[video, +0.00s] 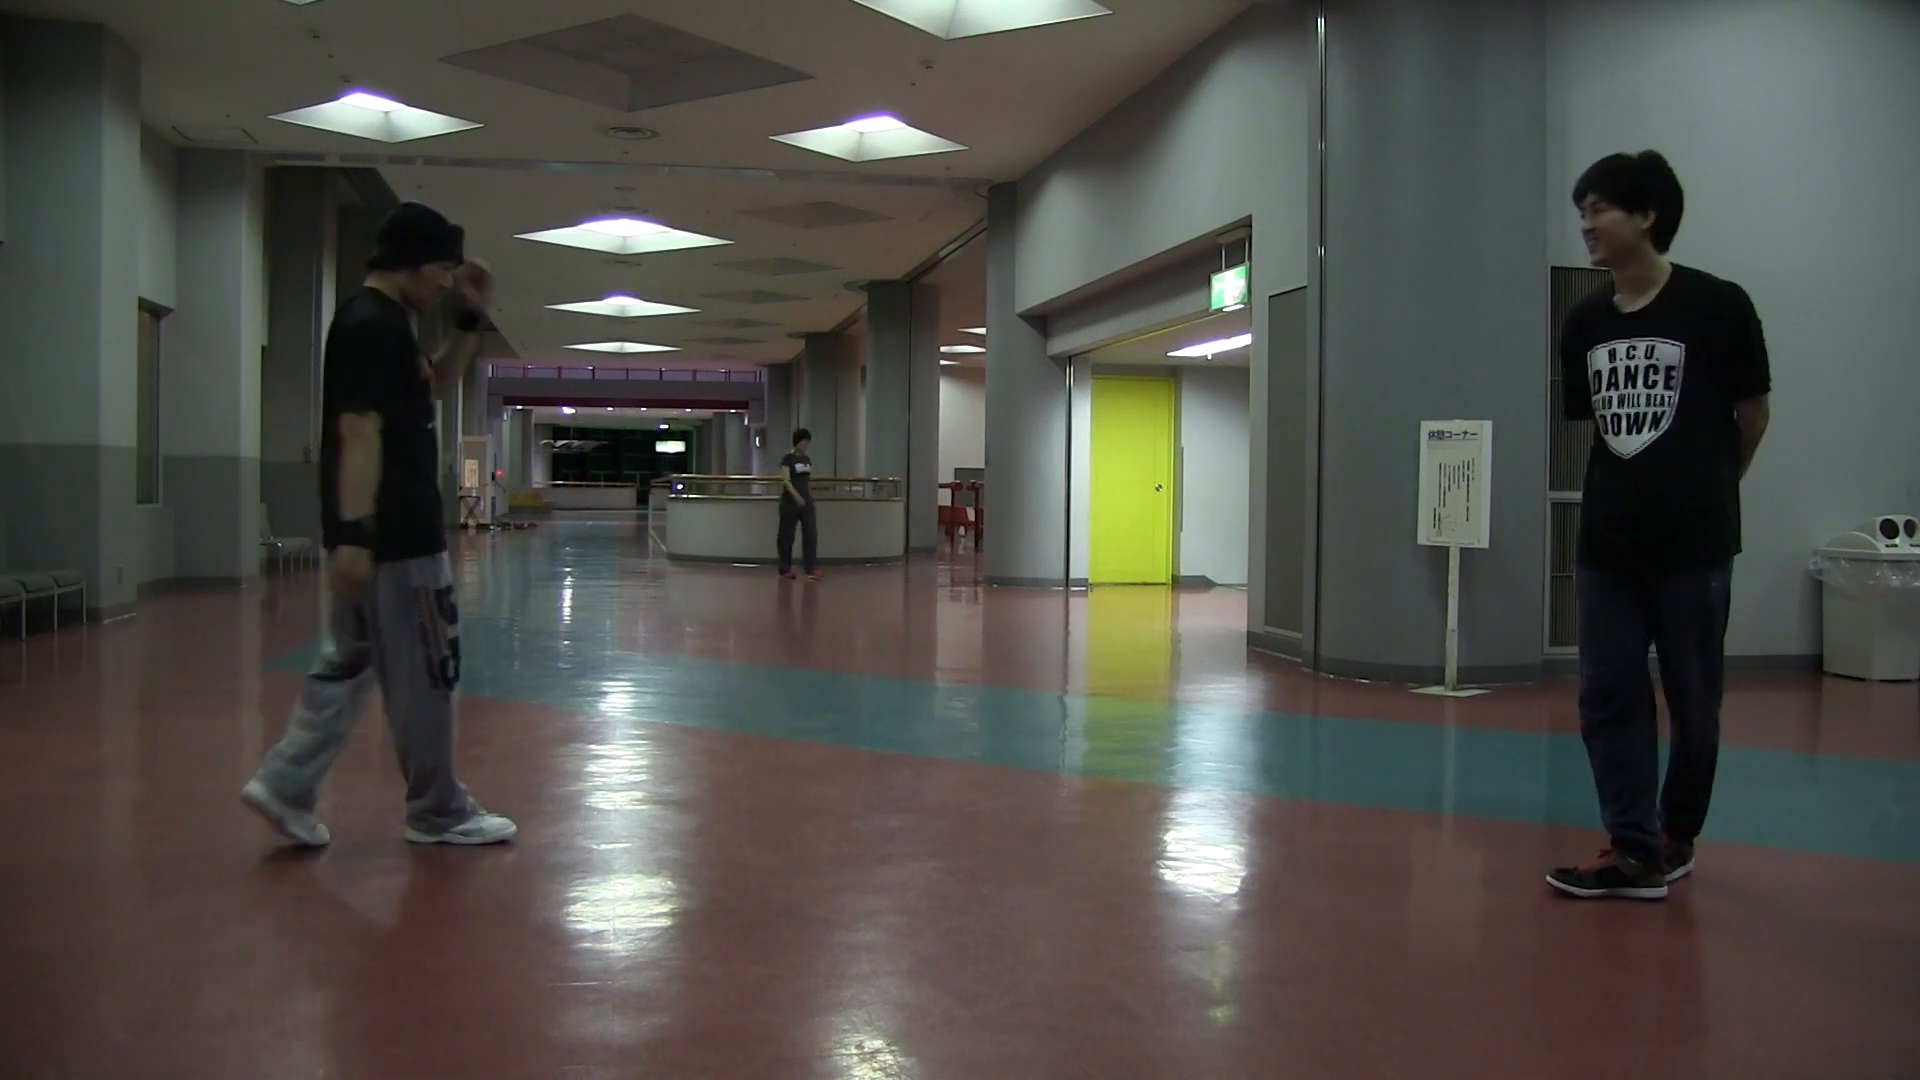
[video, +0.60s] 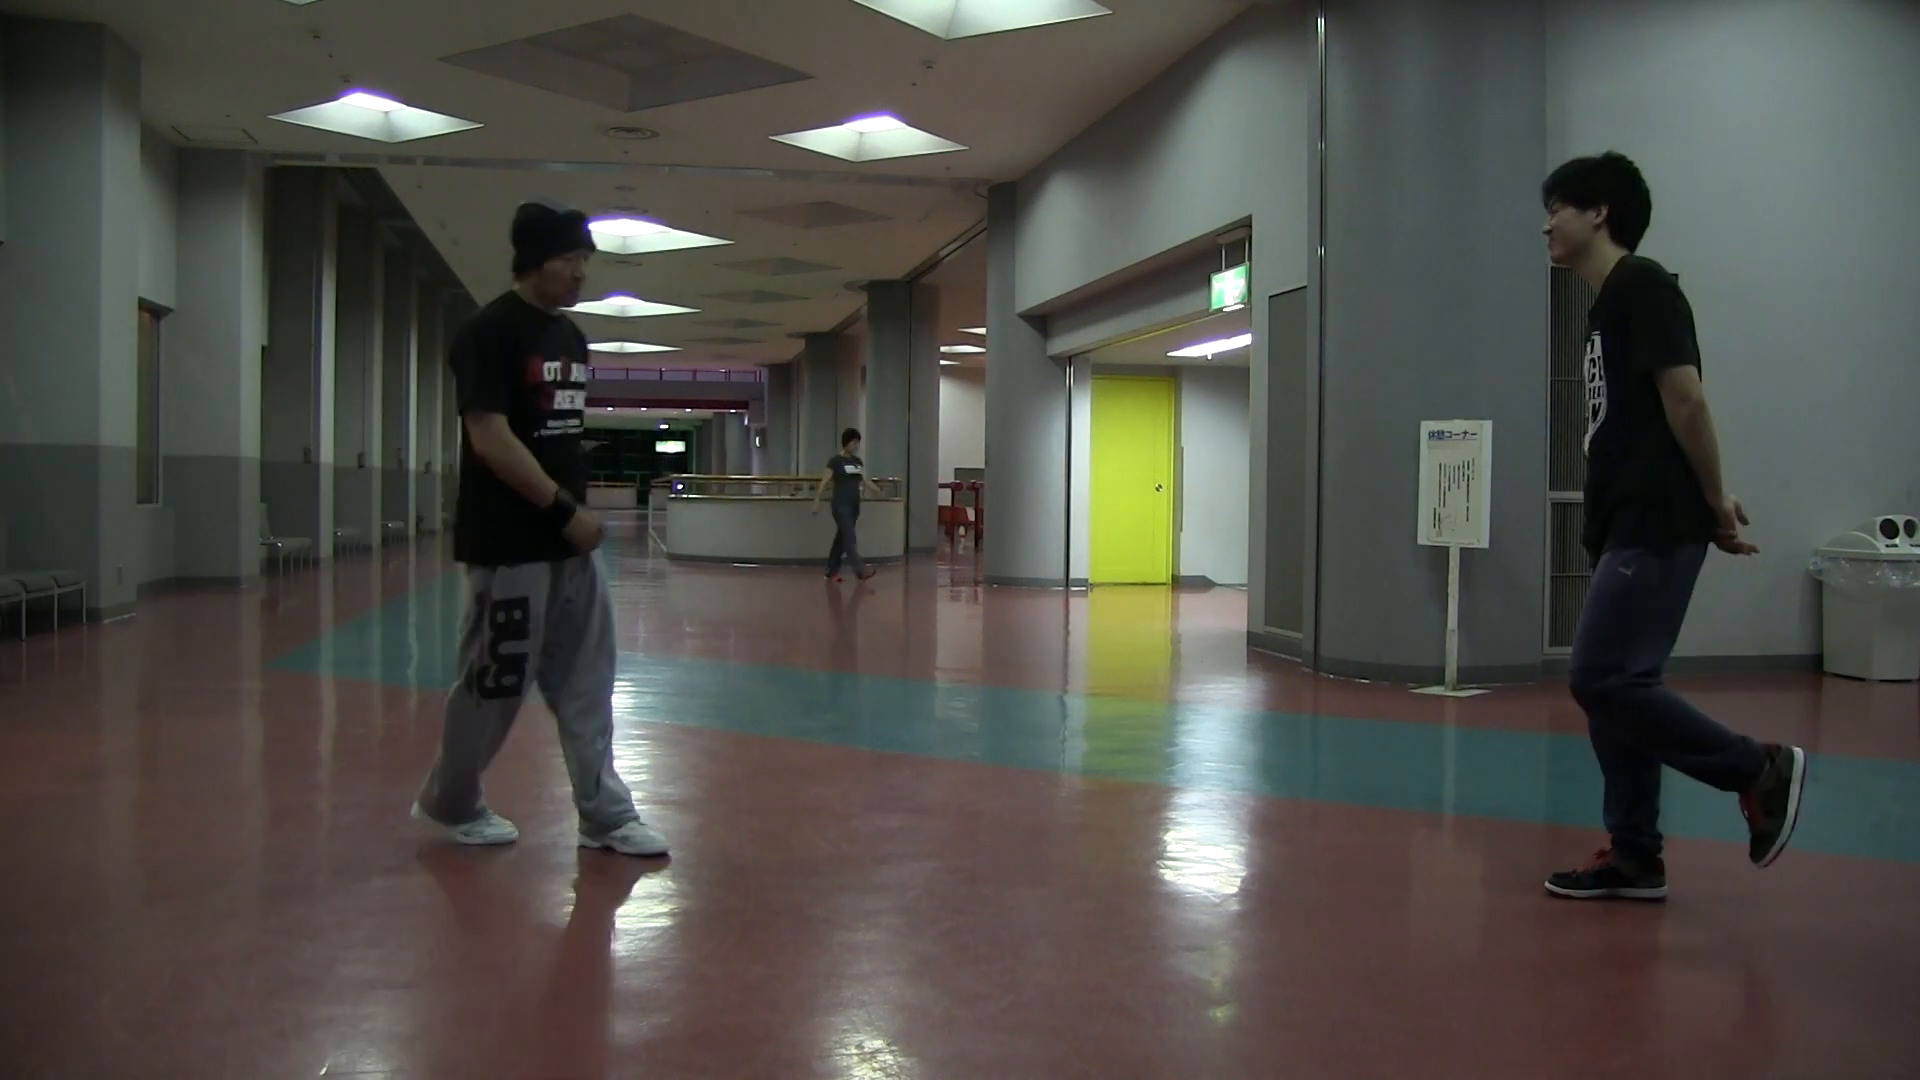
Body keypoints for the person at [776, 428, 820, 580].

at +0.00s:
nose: (806, 446)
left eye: (807, 442)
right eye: (805, 442)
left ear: (807, 443)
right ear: (798, 442)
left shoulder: (806, 460)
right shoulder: (787, 459)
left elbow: (805, 481)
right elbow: (786, 481)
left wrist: (808, 496)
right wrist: (797, 497)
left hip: (805, 499)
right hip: (790, 500)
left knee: (810, 534)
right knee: (786, 535)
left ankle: (810, 567)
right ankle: (785, 568)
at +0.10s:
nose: (815, 447)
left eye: (816, 444)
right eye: (813, 443)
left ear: (814, 445)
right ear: (806, 444)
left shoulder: (813, 462)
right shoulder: (796, 462)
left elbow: (812, 482)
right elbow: (797, 481)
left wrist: (815, 497)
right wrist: (813, 493)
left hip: (812, 503)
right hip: (798, 504)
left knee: (818, 536)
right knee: (791, 537)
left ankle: (827, 568)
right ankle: (785, 568)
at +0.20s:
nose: (825, 448)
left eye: (825, 445)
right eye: (823, 444)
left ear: (823, 446)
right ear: (816, 444)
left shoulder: (823, 462)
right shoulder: (805, 461)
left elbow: (822, 481)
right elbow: (806, 481)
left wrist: (826, 495)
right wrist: (822, 493)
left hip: (823, 504)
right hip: (807, 505)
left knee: (827, 537)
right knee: (802, 536)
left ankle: (830, 570)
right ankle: (787, 567)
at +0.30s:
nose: (834, 446)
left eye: (835, 442)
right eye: (832, 442)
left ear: (834, 444)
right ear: (823, 443)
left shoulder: (832, 461)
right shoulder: (814, 459)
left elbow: (830, 483)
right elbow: (812, 481)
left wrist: (834, 498)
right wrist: (823, 498)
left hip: (832, 500)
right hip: (817, 501)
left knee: (832, 537)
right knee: (816, 536)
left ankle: (831, 571)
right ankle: (797, 562)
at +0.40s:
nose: (840, 444)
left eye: (841, 441)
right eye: (838, 441)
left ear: (840, 441)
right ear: (831, 440)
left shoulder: (840, 458)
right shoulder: (821, 458)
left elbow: (842, 484)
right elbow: (816, 481)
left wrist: (845, 503)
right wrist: (819, 502)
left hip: (840, 502)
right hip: (826, 502)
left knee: (836, 536)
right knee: (830, 535)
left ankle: (833, 570)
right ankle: (815, 564)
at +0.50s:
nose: (847, 444)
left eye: (848, 441)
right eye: (846, 441)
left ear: (847, 442)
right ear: (838, 441)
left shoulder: (849, 460)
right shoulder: (828, 458)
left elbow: (852, 478)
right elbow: (820, 481)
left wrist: (858, 488)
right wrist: (816, 502)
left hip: (846, 501)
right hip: (831, 501)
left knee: (840, 534)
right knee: (839, 534)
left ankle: (833, 570)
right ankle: (832, 570)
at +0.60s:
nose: (857, 446)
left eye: (858, 443)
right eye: (854, 443)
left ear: (857, 444)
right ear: (846, 443)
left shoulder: (857, 461)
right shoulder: (836, 461)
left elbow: (864, 480)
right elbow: (823, 482)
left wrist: (877, 491)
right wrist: (816, 503)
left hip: (853, 504)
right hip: (840, 504)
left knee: (841, 539)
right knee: (849, 537)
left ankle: (832, 571)